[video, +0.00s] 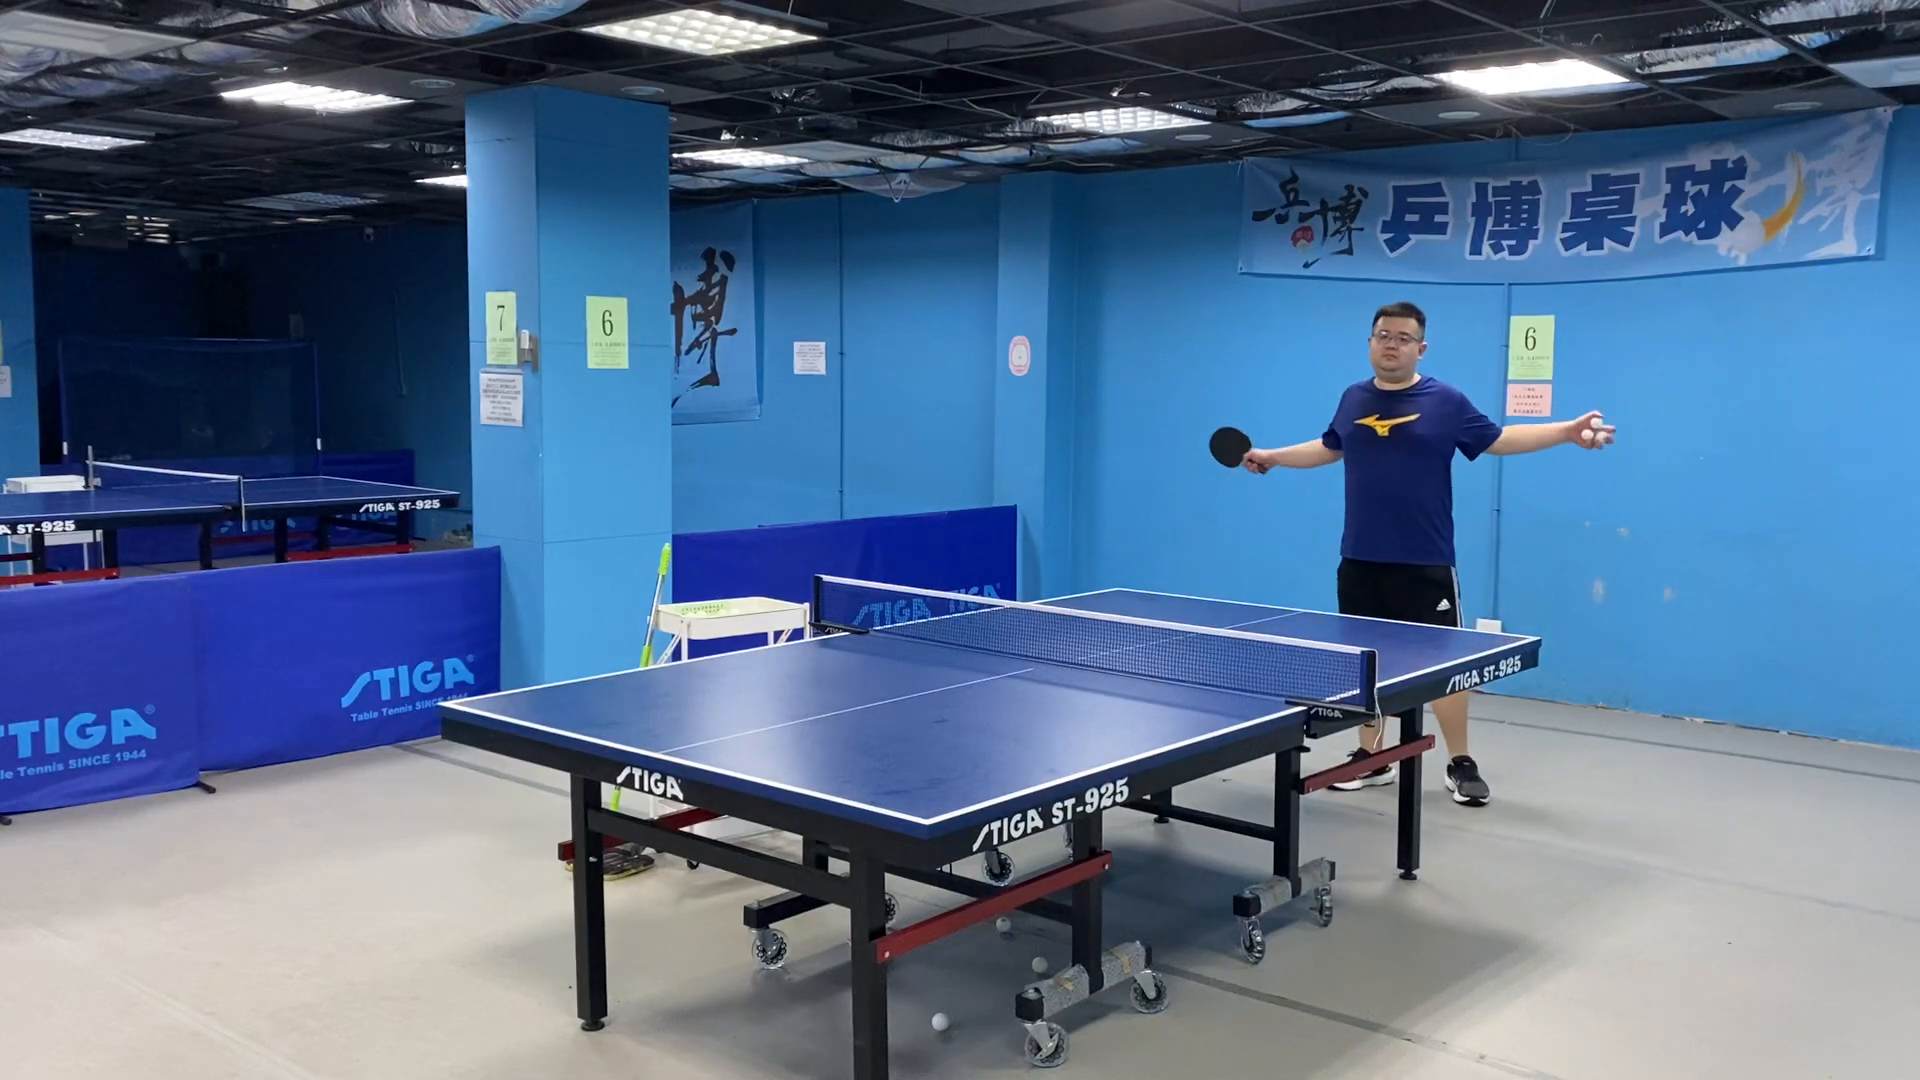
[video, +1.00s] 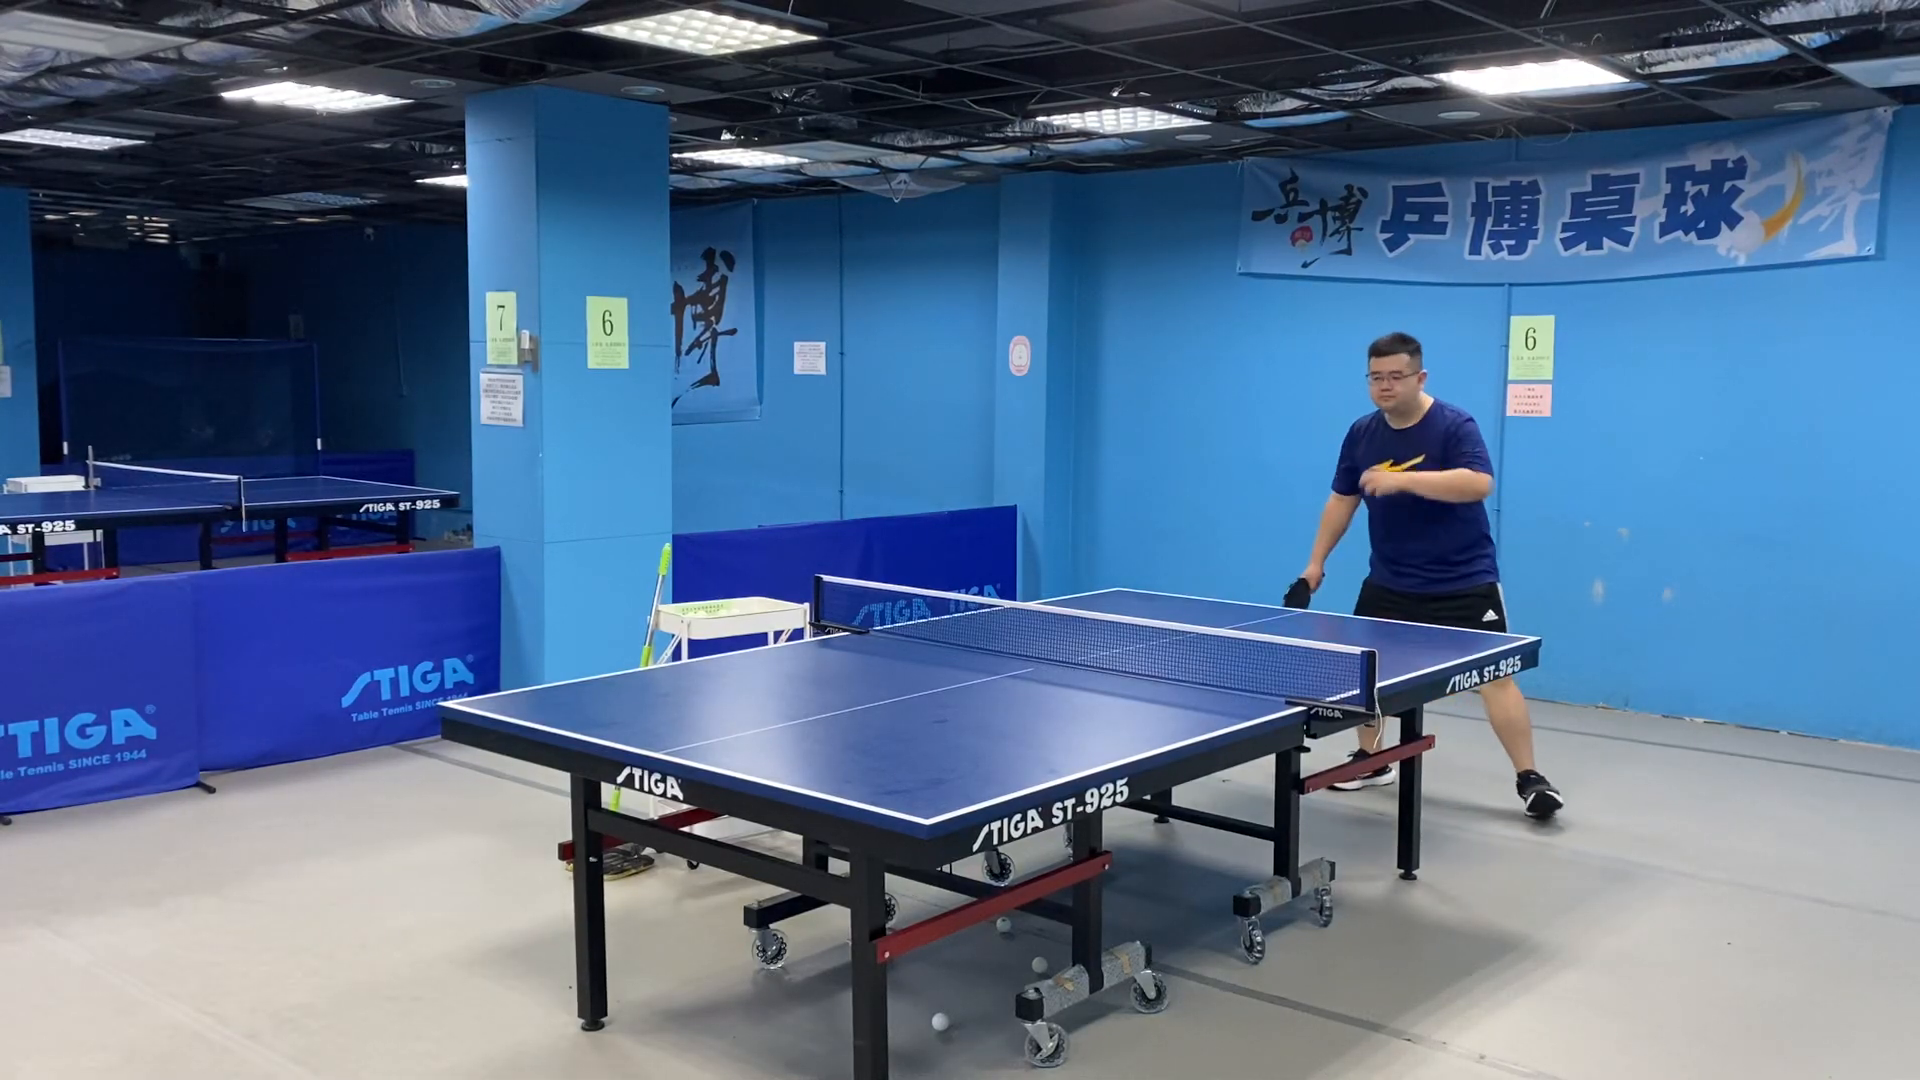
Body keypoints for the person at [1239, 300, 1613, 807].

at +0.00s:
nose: (1392, 346)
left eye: (1404, 339)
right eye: (1384, 336)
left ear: (1421, 349)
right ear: (1370, 343)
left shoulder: (1445, 402)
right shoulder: (1354, 399)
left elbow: (1497, 440)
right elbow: (1329, 448)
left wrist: (1568, 430)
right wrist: (1271, 457)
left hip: (1426, 562)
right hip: (1362, 559)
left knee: (1445, 664)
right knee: (1363, 658)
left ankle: (1460, 763)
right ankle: (1371, 754)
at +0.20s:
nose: (1377, 349)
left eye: (1388, 341)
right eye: (1369, 339)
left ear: (1406, 350)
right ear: (1356, 345)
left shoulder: (1432, 402)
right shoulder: (1337, 403)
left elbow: (1480, 441)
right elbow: (1297, 451)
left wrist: (1519, 431)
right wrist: (1236, 449)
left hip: (1418, 563)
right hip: (1351, 561)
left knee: (1439, 664)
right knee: (1354, 660)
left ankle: (1452, 758)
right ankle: (1370, 754)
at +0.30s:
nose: (1371, 352)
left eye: (1382, 344)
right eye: (1363, 343)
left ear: (1400, 350)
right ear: (1349, 348)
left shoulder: (1426, 404)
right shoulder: (1331, 408)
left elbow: (1472, 445)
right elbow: (1293, 460)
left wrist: (1469, 453)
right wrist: (1247, 464)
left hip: (1417, 562)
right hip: (1350, 562)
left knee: (1440, 661)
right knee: (1354, 659)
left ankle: (1449, 758)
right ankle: (1371, 753)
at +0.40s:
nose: (1362, 353)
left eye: (1372, 344)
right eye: (1354, 345)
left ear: (1392, 350)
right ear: (1342, 352)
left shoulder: (1420, 402)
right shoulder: (1327, 413)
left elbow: (1444, 456)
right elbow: (1303, 465)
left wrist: (1406, 483)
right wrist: (1285, 484)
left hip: (1419, 561)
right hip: (1354, 562)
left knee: (1437, 662)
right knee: (1358, 659)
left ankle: (1452, 759)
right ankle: (1369, 754)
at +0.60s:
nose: (1352, 358)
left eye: (1361, 348)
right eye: (1342, 351)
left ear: (1383, 351)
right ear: (1334, 360)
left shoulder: (1412, 401)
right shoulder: (1328, 418)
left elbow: (1395, 475)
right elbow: (1322, 482)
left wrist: (1356, 538)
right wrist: (1342, 526)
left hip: (1427, 563)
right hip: (1364, 565)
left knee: (1456, 660)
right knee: (1361, 660)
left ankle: (1479, 759)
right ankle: (1371, 754)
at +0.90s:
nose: (1363, 379)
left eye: (1374, 370)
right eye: (1355, 371)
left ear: (1399, 372)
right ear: (1349, 376)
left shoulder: (1436, 423)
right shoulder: (1346, 434)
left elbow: (1458, 486)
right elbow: (1334, 502)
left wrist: (1390, 511)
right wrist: (1325, 563)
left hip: (1450, 580)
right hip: (1378, 580)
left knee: (1488, 668)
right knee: (1356, 664)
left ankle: (1526, 768)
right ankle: (1368, 756)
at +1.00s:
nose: (1383, 385)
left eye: (1394, 376)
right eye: (1375, 377)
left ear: (1420, 378)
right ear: (1368, 380)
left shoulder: (1455, 426)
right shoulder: (1363, 435)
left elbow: (1480, 483)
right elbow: (1342, 500)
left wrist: (1402, 481)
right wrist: (1315, 563)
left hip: (1466, 586)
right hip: (1390, 585)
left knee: (1495, 672)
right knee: (1364, 669)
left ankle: (1529, 777)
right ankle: (1369, 754)